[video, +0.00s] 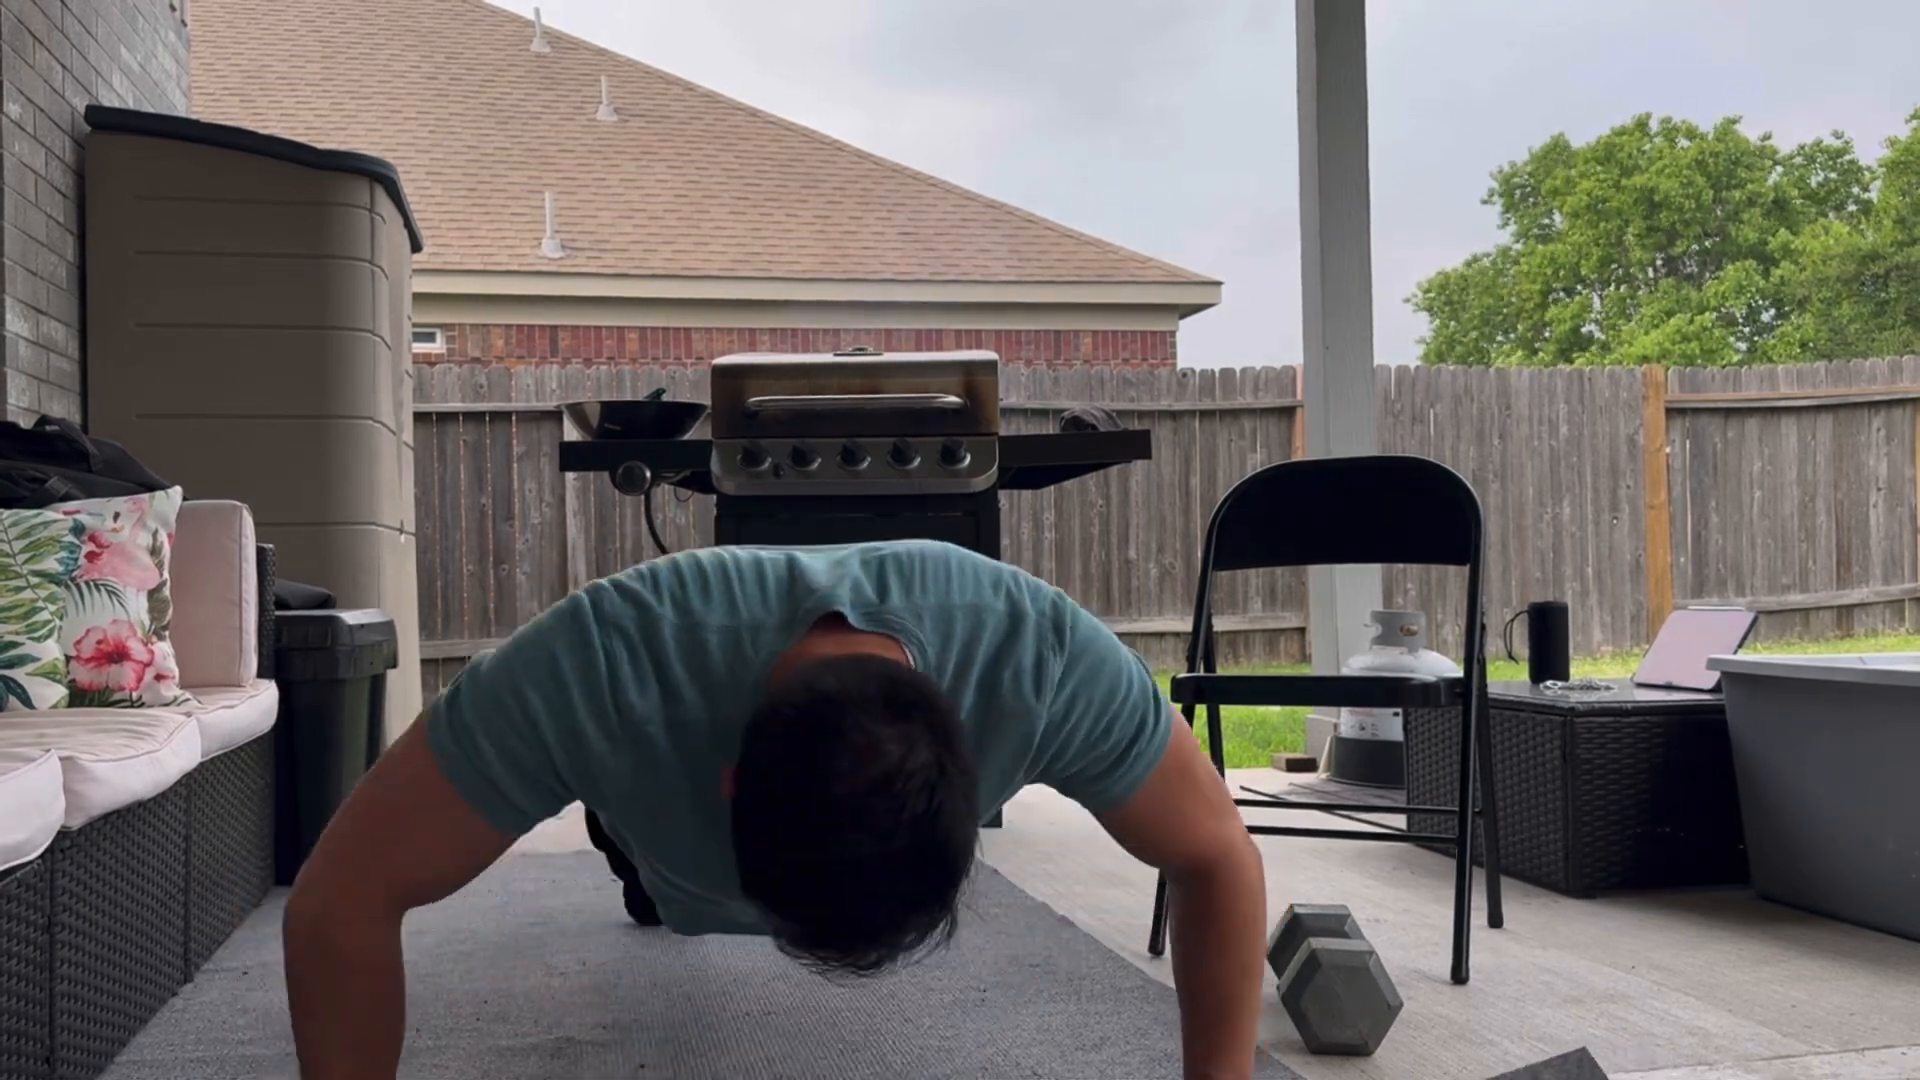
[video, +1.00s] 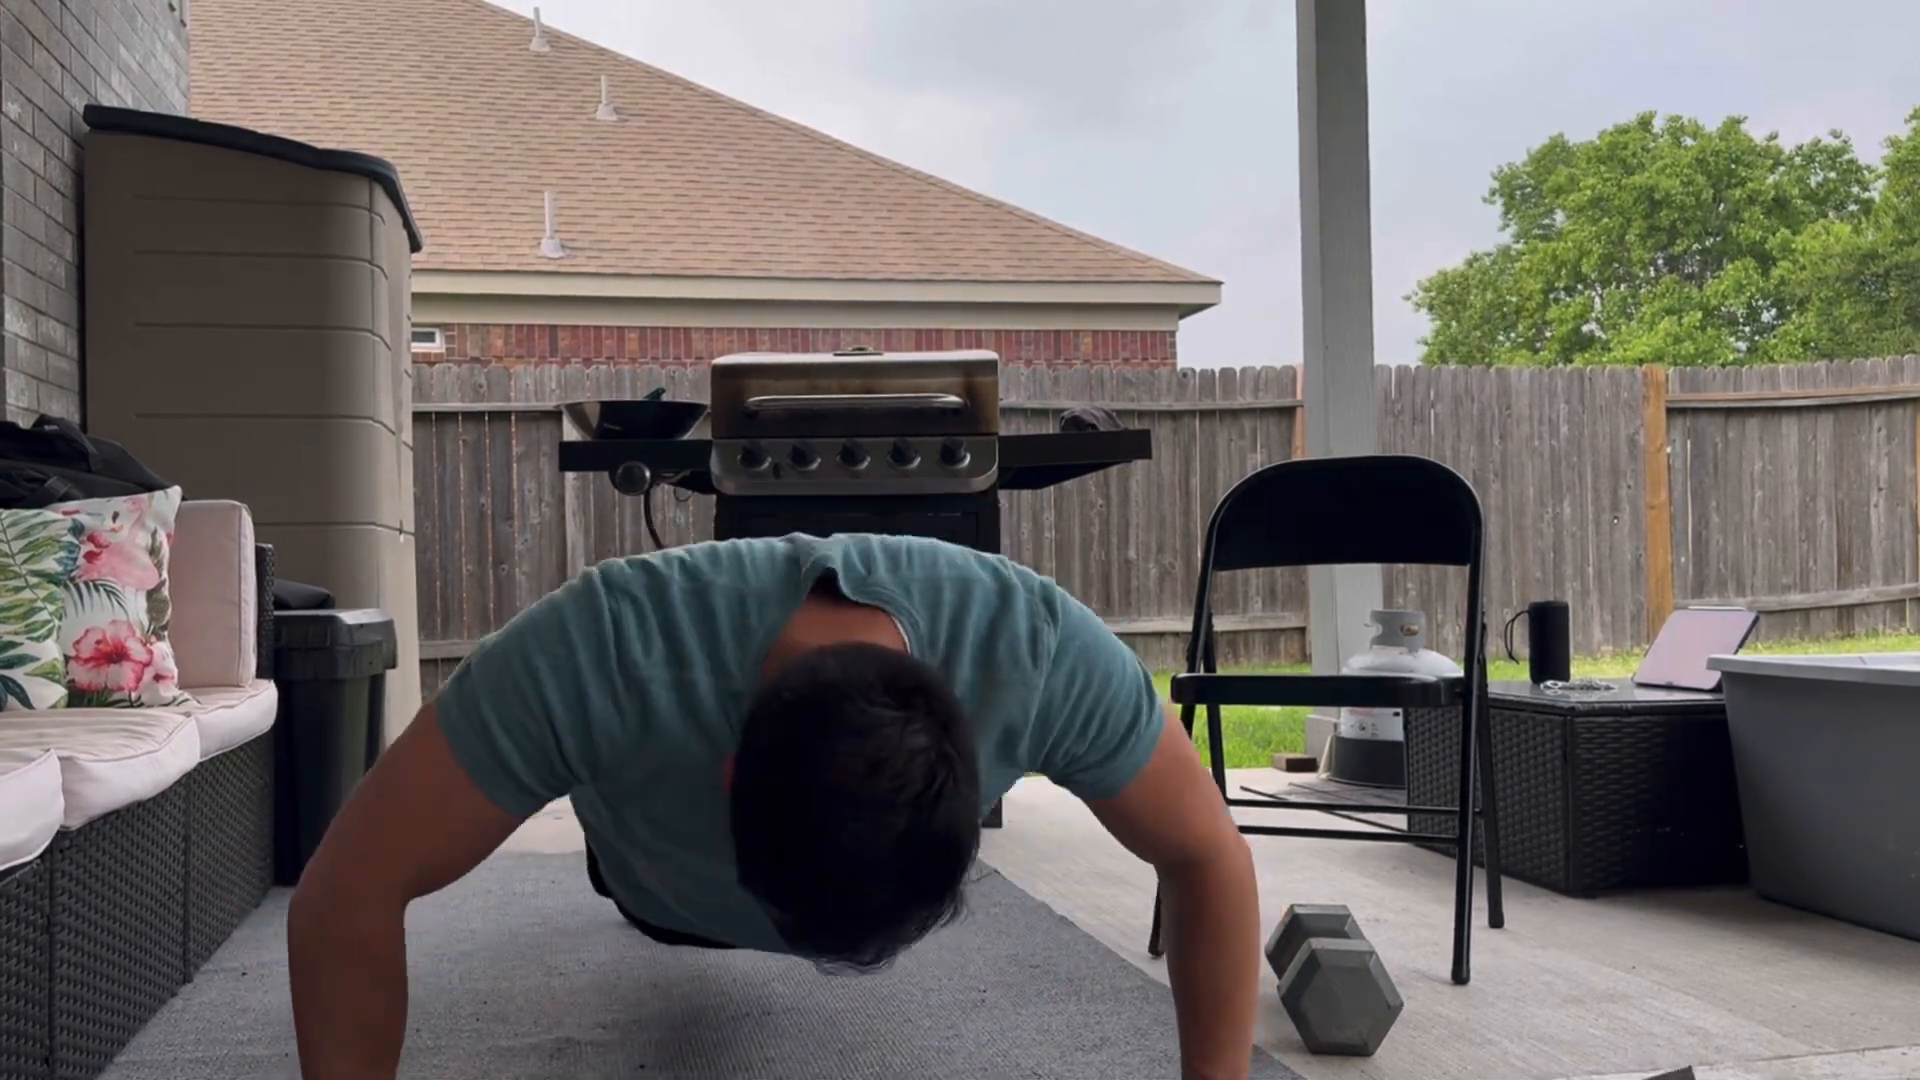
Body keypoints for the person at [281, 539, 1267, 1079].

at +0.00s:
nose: (829, 946)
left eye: (874, 932)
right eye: (799, 919)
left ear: (963, 802)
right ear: (733, 780)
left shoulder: (1046, 664)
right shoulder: (598, 668)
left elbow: (1217, 863)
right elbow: (341, 900)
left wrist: (1216, 1073)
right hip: (667, 813)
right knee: (669, 891)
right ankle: (637, 866)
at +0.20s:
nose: (835, 950)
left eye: (876, 935)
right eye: (809, 932)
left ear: (969, 798)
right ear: (735, 771)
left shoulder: (1048, 657)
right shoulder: (595, 658)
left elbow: (1207, 864)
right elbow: (342, 897)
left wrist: (1216, 1078)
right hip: (651, 813)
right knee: (652, 881)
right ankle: (644, 880)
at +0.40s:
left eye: (903, 1032)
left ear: (945, 1012)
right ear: (749, 1014)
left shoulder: (1048, 852)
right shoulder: (606, 871)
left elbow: (1256, 868)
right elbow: (282, 927)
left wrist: (1228, 1075)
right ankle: (443, 808)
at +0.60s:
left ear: (937, 1040)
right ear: (752, 1042)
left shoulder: (1043, 889)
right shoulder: (618, 923)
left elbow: (1249, 866)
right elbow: (288, 923)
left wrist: (1229, 1073)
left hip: (921, 813)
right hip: (691, 827)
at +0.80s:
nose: (828, 1017)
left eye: (871, 1006)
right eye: (785, 984)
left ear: (965, 835)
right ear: (730, 846)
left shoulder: (1052, 736)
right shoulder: (587, 747)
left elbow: (1235, 871)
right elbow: (306, 916)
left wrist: (1224, 1068)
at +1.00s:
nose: (829, 948)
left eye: (871, 935)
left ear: (966, 801)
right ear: (731, 771)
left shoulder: (1042, 658)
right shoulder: (592, 655)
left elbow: (1209, 860)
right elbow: (345, 897)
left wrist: (1214, 1076)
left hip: (894, 833)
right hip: (671, 870)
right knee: (678, 919)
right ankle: (638, 856)